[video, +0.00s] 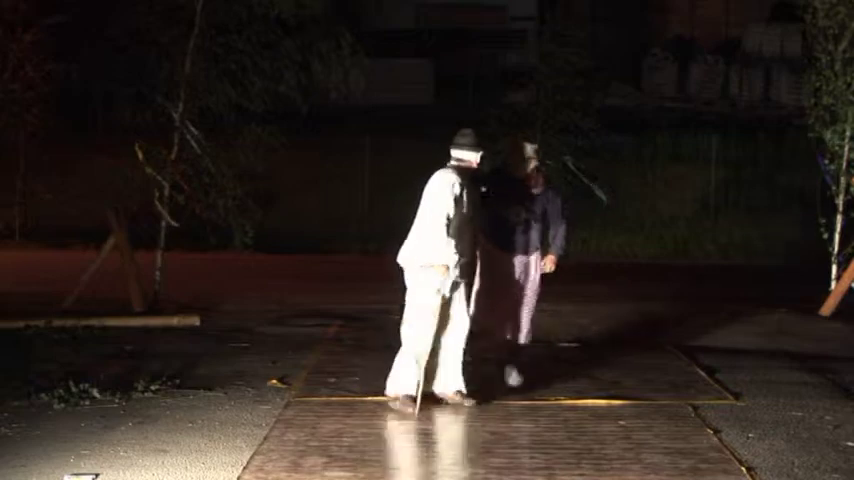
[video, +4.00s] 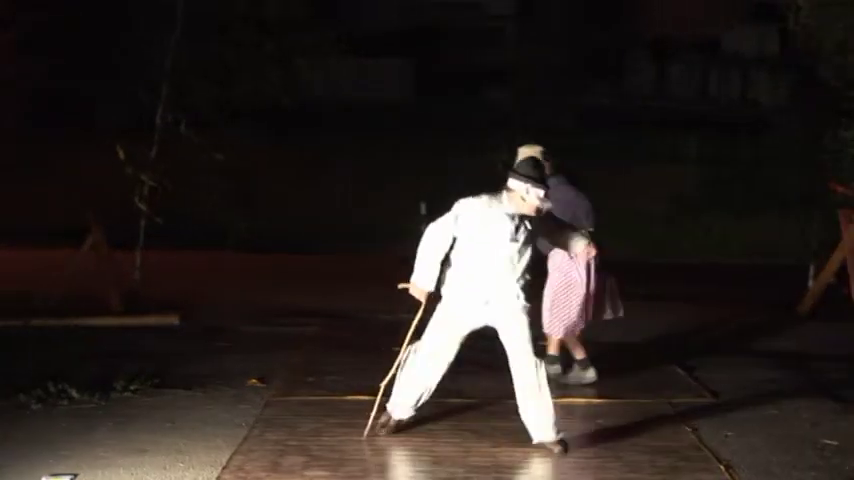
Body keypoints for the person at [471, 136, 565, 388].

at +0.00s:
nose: (524, 165)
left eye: (529, 160)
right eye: (520, 160)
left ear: (535, 161)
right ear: (510, 160)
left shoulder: (542, 189)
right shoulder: (497, 182)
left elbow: (556, 222)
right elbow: (484, 214)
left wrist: (553, 252)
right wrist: (482, 242)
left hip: (529, 254)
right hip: (496, 253)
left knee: (523, 308)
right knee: (490, 306)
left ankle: (513, 363)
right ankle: (483, 361)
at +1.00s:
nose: (526, 152)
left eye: (526, 147)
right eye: (523, 148)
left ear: (504, 147)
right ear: (515, 149)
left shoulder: (500, 169)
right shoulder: (502, 174)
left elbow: (508, 218)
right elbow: (511, 219)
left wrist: (526, 253)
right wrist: (534, 254)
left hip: (488, 253)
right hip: (488, 256)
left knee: (498, 318)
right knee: (497, 320)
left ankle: (489, 387)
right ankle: (487, 390)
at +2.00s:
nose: (536, 145)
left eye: (534, 139)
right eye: (530, 141)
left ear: (509, 145)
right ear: (515, 145)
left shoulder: (497, 175)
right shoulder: (522, 178)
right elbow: (542, 214)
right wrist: (571, 242)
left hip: (501, 260)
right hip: (521, 263)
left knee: (514, 320)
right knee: (530, 320)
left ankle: (517, 384)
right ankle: (524, 389)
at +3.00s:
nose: (442, 178)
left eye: (445, 172)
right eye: (436, 172)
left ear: (449, 176)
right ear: (421, 172)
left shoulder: (457, 210)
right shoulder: (397, 205)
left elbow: (482, 245)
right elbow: (370, 231)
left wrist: (476, 282)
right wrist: (364, 260)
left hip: (444, 291)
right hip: (403, 290)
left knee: (460, 345)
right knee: (385, 345)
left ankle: (463, 398)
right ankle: (367, 400)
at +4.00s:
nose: (543, 203)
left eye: (544, 197)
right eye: (539, 196)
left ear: (532, 195)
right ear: (518, 189)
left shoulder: (529, 221)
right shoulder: (472, 209)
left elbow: (554, 231)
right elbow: (436, 235)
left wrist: (577, 242)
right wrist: (423, 280)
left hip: (509, 306)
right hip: (462, 302)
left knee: (526, 365)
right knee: (431, 355)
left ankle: (545, 433)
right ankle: (395, 412)